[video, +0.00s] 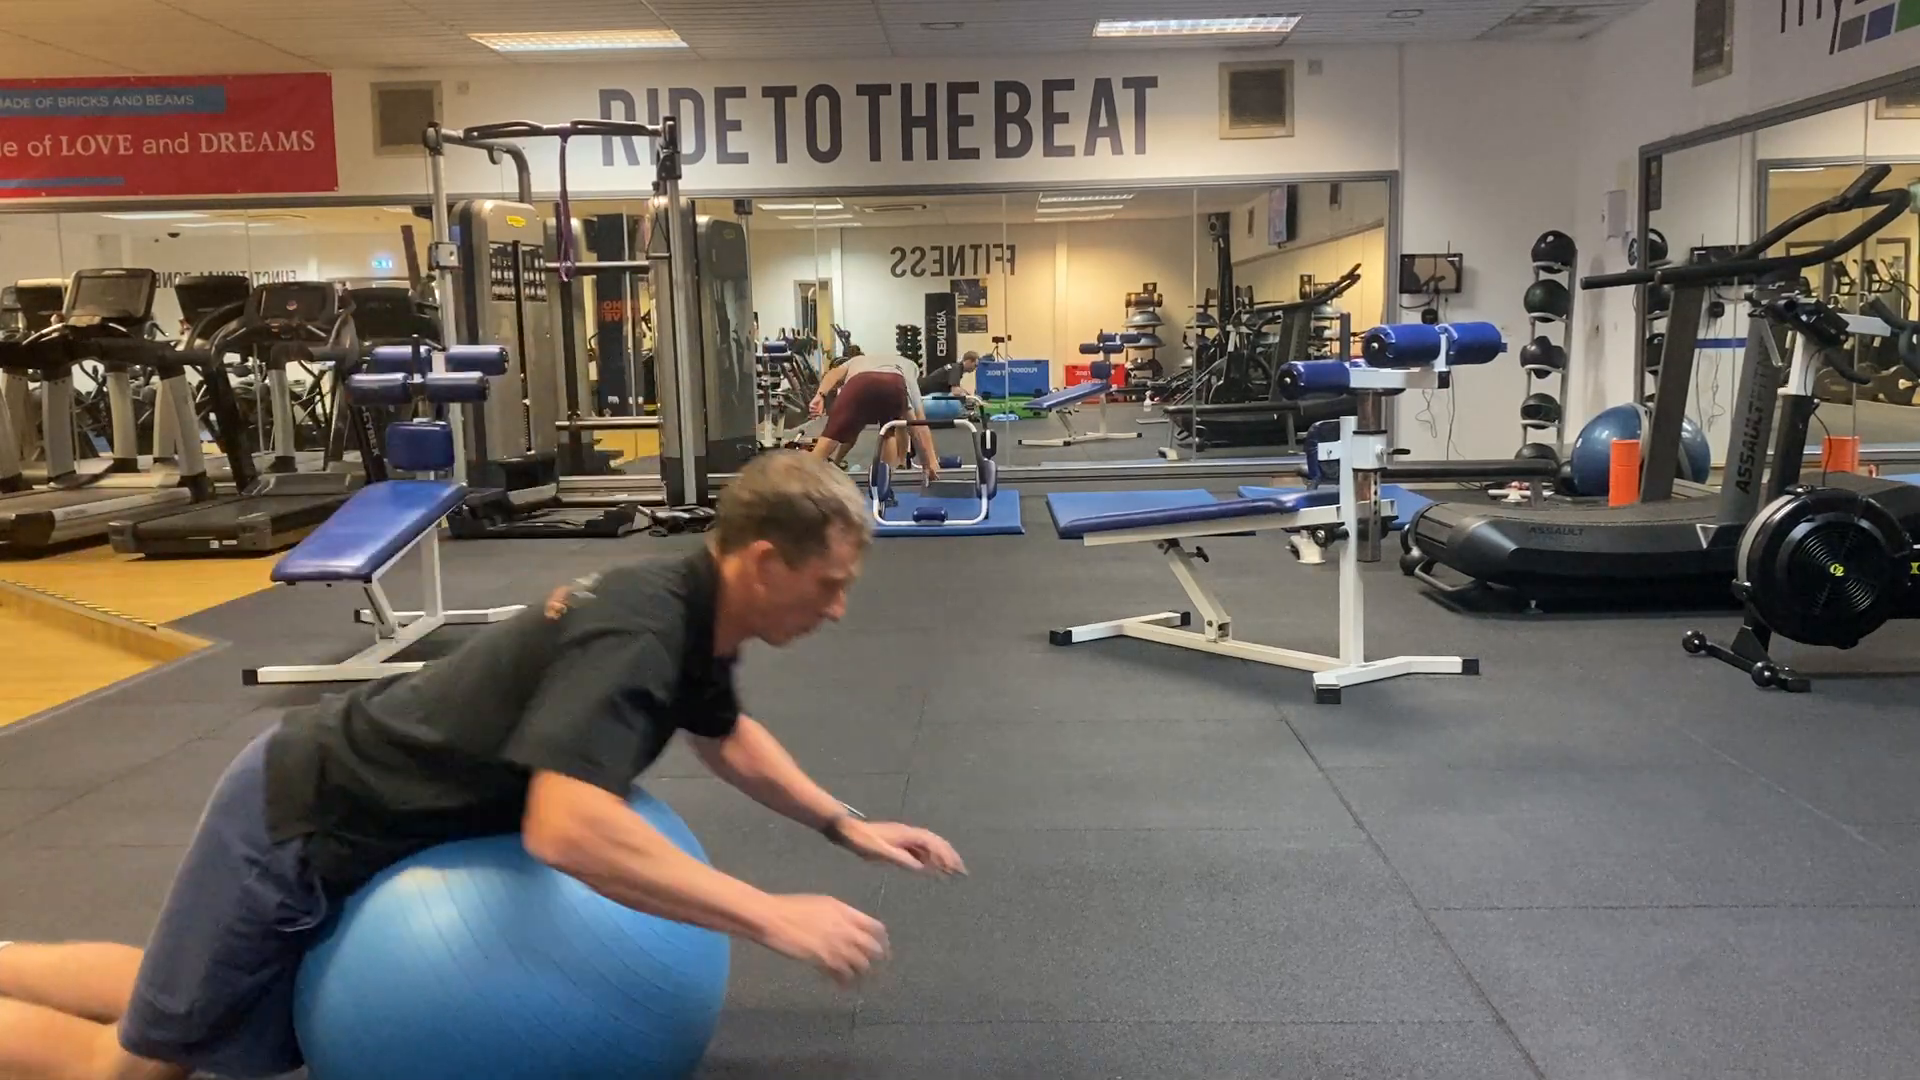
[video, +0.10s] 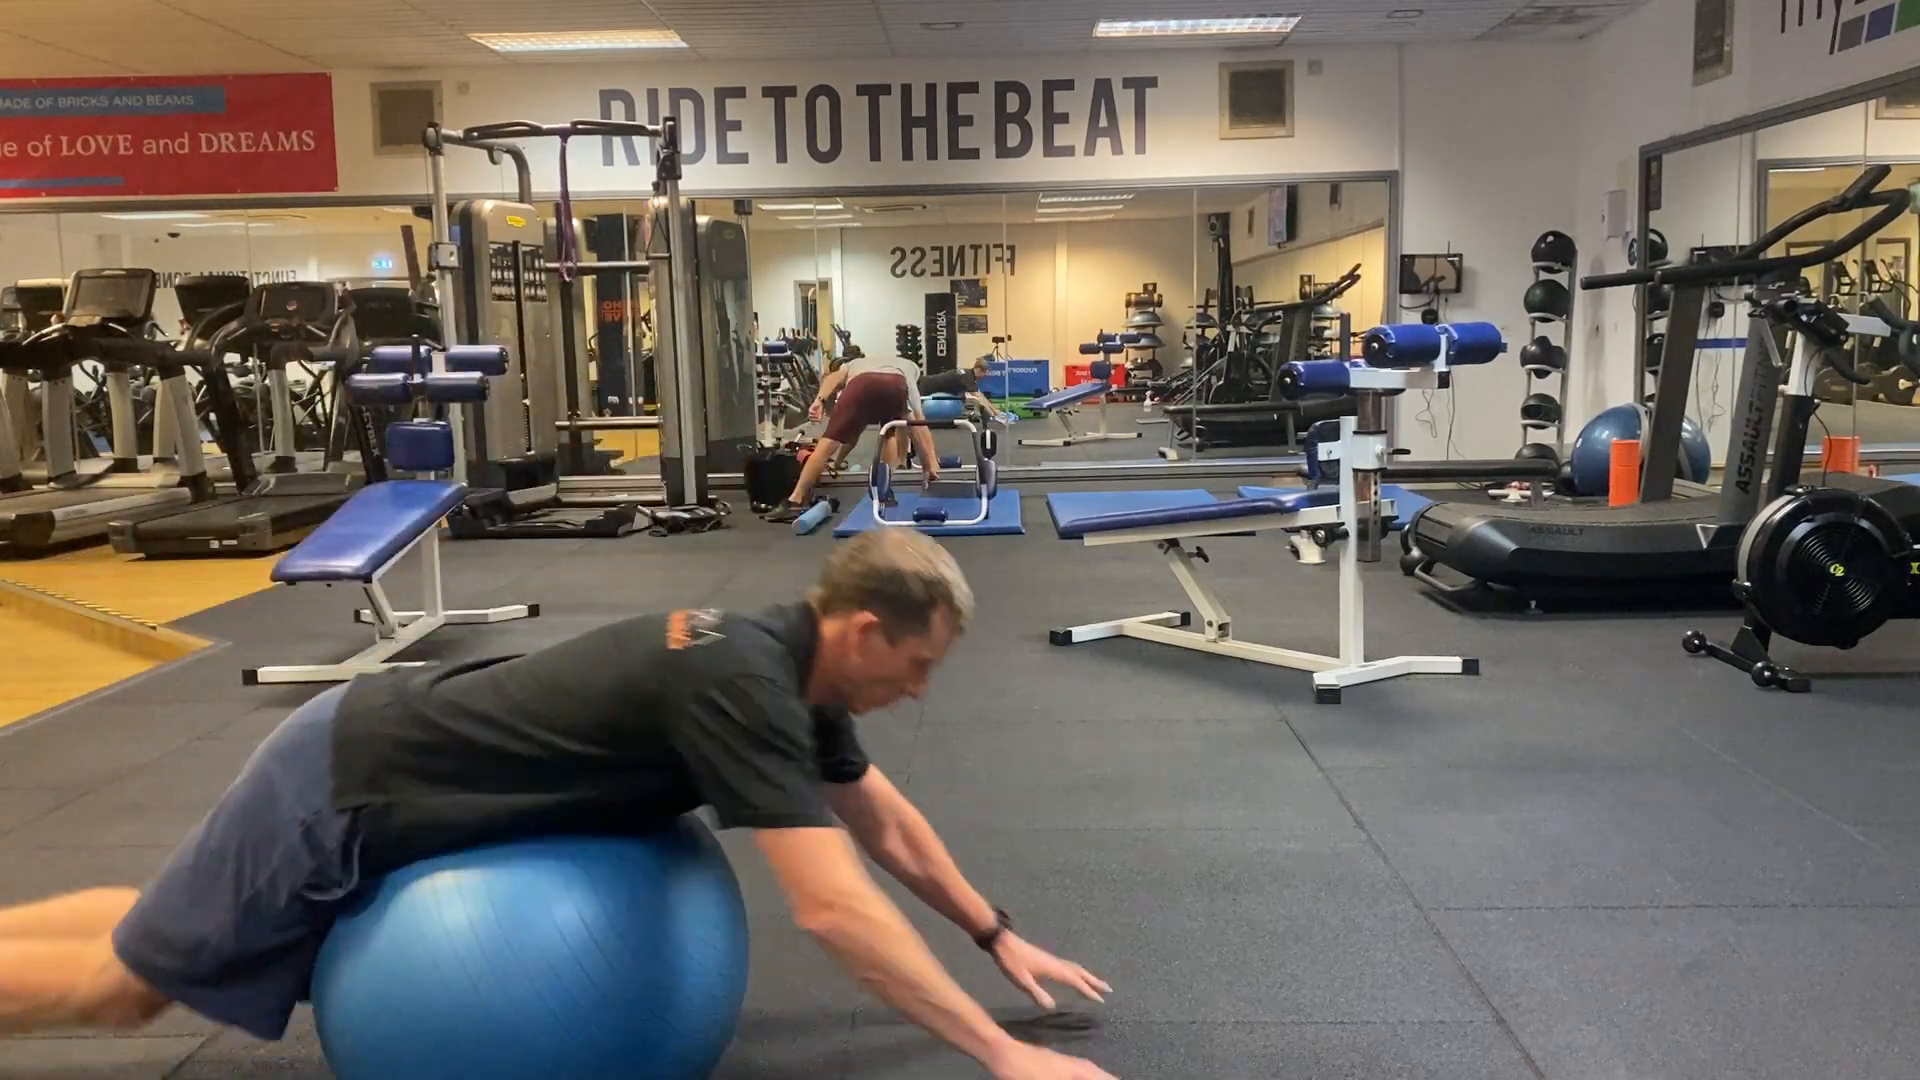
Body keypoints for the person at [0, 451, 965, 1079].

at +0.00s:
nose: (840, 606)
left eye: (847, 586)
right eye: (832, 585)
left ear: (764, 561)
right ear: (759, 562)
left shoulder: (693, 609)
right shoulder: (641, 634)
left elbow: (725, 740)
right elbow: (564, 829)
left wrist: (844, 824)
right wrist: (766, 913)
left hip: (333, 777)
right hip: (296, 804)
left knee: (185, 1006)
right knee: (148, 1066)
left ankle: (0, 973)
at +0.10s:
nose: (915, 692)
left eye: (925, 674)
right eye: (916, 669)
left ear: (860, 624)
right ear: (860, 634)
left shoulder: (794, 672)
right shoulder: (741, 679)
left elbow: (888, 822)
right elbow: (836, 907)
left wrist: (1003, 936)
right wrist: (997, 1044)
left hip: (385, 740)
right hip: (348, 768)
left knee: (147, 932)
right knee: (120, 984)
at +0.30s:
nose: (1033, 804)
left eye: (1048, 789)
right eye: (1043, 785)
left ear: (998, 709)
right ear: (1005, 743)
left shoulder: (901, 692)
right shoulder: (891, 761)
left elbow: (937, 892)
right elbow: (957, 975)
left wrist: (1015, 998)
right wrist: (1036, 1057)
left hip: (519, 657)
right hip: (501, 700)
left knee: (209, 798)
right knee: (199, 817)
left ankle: (16, 839)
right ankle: (4, 847)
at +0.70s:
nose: (1248, 786)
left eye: (1263, 765)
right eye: (1259, 764)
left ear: (1209, 695)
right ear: (1214, 723)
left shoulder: (1113, 682)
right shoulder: (1084, 747)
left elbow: (1098, 866)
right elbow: (1037, 977)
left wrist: (1205, 972)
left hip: (717, 684)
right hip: (699, 721)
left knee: (407, 769)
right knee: (375, 825)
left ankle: (131, 784)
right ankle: (62, 896)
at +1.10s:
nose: (1452, 720)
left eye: (1463, 700)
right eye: (1460, 698)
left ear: (1396, 640)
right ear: (1411, 666)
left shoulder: (1290, 664)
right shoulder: (1289, 712)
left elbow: (1288, 863)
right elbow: (1163, 904)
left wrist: (1345, 1011)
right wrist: (1193, 1077)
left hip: (909, 664)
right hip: (914, 726)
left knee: (607, 740)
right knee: (582, 820)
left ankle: (306, 776)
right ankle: (251, 911)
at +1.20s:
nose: (1488, 723)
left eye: (1501, 705)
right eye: (1496, 700)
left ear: (1438, 633)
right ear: (1449, 663)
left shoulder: (1325, 643)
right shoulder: (1339, 705)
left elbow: (1295, 863)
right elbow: (1311, 929)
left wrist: (1356, 992)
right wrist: (1397, 1054)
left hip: (955, 662)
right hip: (955, 718)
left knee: (651, 732)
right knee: (622, 812)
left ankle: (349, 744)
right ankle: (300, 904)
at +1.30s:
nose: (1533, 727)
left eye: (1544, 706)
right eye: (1534, 701)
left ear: (1464, 650)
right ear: (1483, 661)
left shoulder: (1346, 659)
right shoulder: (1401, 723)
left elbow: (1297, 863)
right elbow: (1504, 957)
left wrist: (1342, 1011)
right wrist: (1599, 1076)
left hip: (989, 676)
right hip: (984, 728)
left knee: (689, 720)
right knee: (655, 797)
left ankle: (399, 728)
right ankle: (331, 858)